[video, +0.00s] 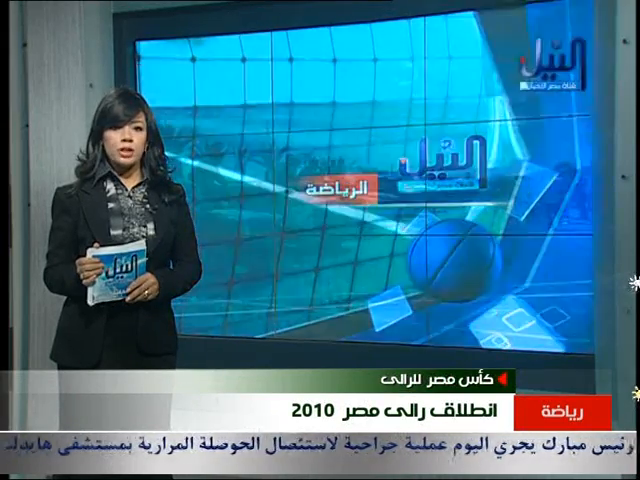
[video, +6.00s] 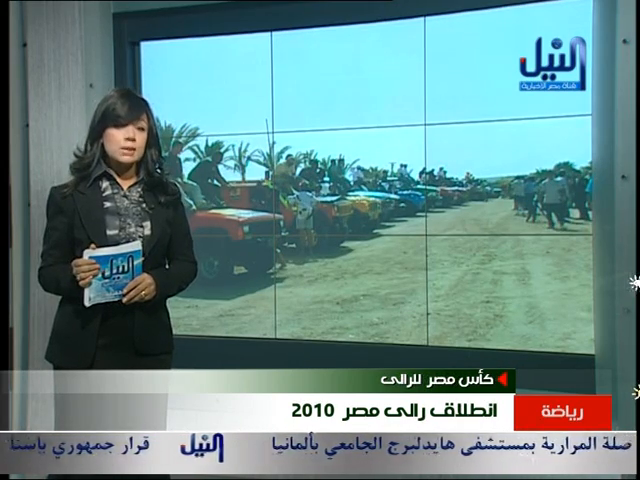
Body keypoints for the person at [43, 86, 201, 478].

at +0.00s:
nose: (127, 137)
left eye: (137, 128)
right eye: (117, 128)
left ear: (148, 137)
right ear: (100, 137)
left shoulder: (170, 197)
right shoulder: (72, 198)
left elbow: (190, 267)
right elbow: (54, 274)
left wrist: (162, 282)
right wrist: (78, 273)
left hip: (151, 348)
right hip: (86, 348)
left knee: (150, 452)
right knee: (84, 453)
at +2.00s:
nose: (124, 137)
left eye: (134, 128)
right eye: (113, 128)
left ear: (148, 137)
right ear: (99, 137)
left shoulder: (170, 196)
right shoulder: (71, 197)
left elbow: (189, 267)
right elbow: (51, 271)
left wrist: (160, 282)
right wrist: (74, 274)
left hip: (149, 348)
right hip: (84, 349)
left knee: (149, 451)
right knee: (81, 451)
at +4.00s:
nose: (117, 136)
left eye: (127, 125)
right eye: (106, 128)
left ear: (143, 133)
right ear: (95, 138)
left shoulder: (169, 195)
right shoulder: (71, 197)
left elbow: (189, 267)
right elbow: (51, 272)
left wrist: (160, 283)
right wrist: (74, 275)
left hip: (148, 346)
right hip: (84, 347)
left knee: (148, 450)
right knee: (81, 451)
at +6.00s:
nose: (130, 136)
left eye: (139, 128)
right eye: (120, 127)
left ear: (149, 137)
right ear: (101, 134)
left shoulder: (166, 195)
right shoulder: (67, 197)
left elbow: (186, 265)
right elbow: (48, 272)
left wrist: (159, 281)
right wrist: (73, 274)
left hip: (147, 348)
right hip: (82, 348)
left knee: (145, 452)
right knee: (79, 452)